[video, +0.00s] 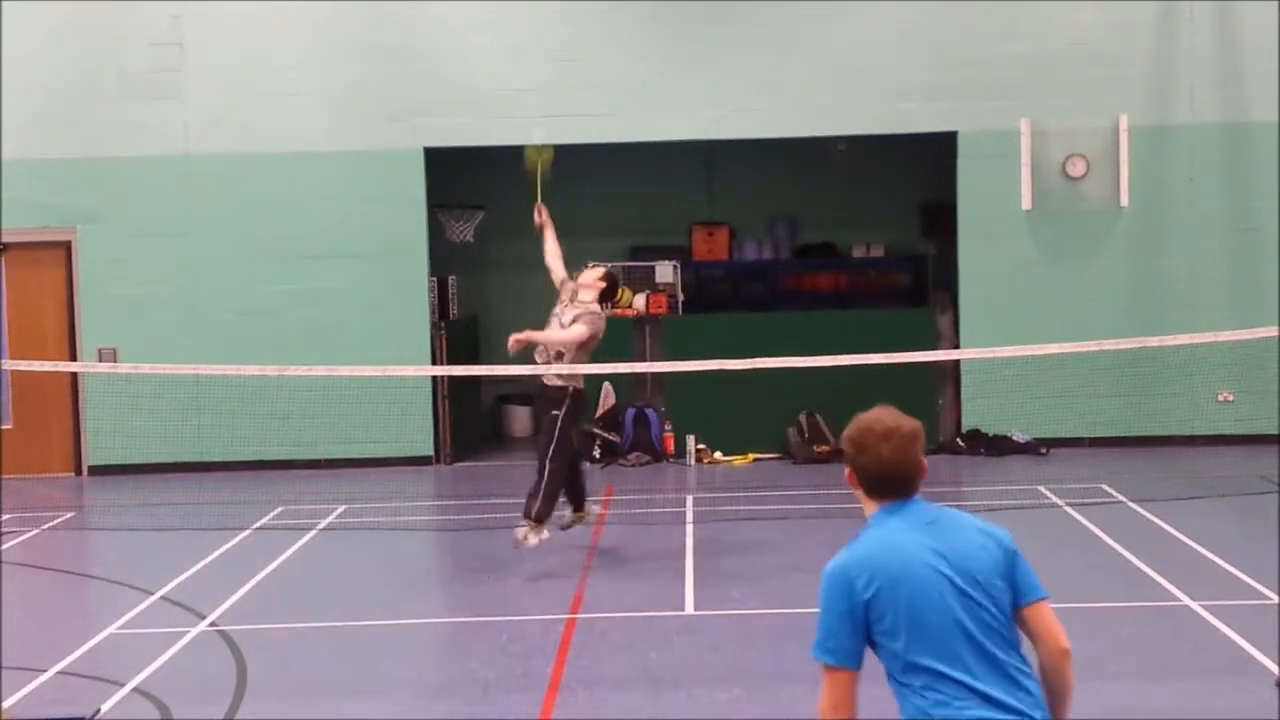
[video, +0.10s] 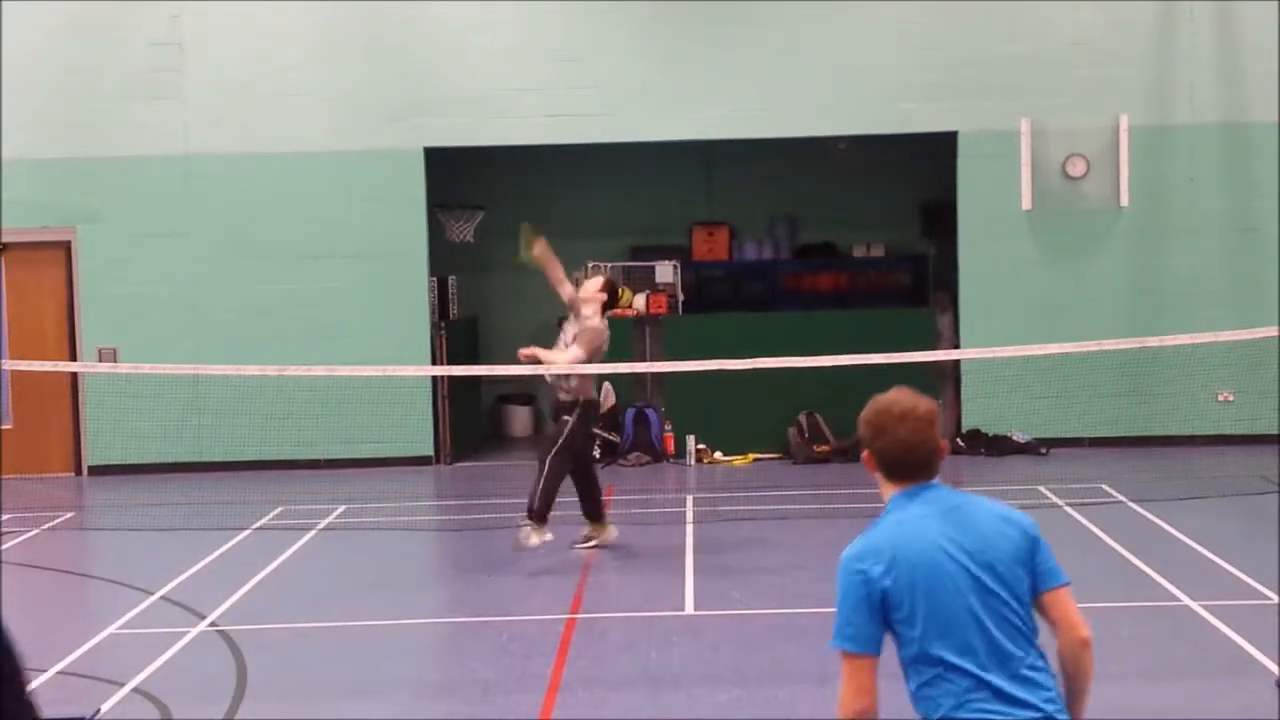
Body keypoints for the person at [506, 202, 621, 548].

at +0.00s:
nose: (587, 267)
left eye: (594, 268)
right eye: (590, 265)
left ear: (601, 283)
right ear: (588, 278)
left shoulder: (594, 317)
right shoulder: (567, 290)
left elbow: (570, 337)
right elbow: (554, 259)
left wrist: (530, 336)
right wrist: (547, 227)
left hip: (567, 392)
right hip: (548, 388)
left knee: (551, 454)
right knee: (564, 451)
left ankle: (536, 522)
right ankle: (580, 507)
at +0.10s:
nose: (584, 283)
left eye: (591, 282)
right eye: (586, 280)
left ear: (602, 297)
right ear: (589, 293)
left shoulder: (596, 329)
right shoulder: (576, 310)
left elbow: (570, 359)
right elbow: (560, 280)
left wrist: (538, 353)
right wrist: (545, 255)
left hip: (581, 406)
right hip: (567, 403)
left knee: (554, 458)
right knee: (581, 464)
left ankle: (535, 522)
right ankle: (599, 524)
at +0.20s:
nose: (585, 297)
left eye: (593, 295)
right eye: (587, 292)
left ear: (605, 307)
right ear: (584, 298)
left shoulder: (602, 344)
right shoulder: (580, 322)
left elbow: (580, 384)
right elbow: (559, 308)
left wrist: (550, 372)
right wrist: (537, 295)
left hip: (594, 417)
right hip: (575, 412)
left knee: (552, 467)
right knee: (586, 472)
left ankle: (553, 536)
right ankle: (603, 529)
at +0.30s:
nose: (589, 297)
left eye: (596, 293)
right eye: (588, 292)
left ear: (609, 304)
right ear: (584, 297)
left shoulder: (610, 341)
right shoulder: (585, 327)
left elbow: (597, 385)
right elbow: (560, 330)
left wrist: (559, 390)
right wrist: (534, 330)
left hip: (599, 415)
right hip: (585, 411)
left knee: (558, 467)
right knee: (587, 467)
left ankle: (586, 525)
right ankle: (605, 528)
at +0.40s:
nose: (593, 295)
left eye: (600, 292)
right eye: (591, 289)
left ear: (611, 300)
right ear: (587, 294)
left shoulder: (613, 335)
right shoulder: (593, 326)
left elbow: (609, 382)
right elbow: (576, 343)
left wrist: (570, 402)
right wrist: (544, 354)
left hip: (605, 410)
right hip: (590, 407)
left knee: (571, 467)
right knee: (592, 466)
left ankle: (613, 513)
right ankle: (605, 526)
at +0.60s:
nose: (601, 296)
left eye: (608, 292)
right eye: (599, 290)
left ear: (621, 298)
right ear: (595, 294)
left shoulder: (624, 333)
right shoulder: (601, 324)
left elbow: (622, 379)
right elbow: (593, 356)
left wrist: (604, 417)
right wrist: (569, 379)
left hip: (617, 405)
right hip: (600, 403)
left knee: (608, 464)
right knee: (602, 463)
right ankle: (605, 527)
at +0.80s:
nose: (612, 294)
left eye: (618, 290)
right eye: (609, 289)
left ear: (630, 296)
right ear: (604, 294)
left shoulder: (641, 330)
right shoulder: (606, 325)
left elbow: (641, 376)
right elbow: (603, 362)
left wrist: (625, 414)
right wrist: (576, 385)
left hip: (637, 407)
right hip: (609, 406)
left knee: (648, 467)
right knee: (599, 469)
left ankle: (667, 522)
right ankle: (604, 526)